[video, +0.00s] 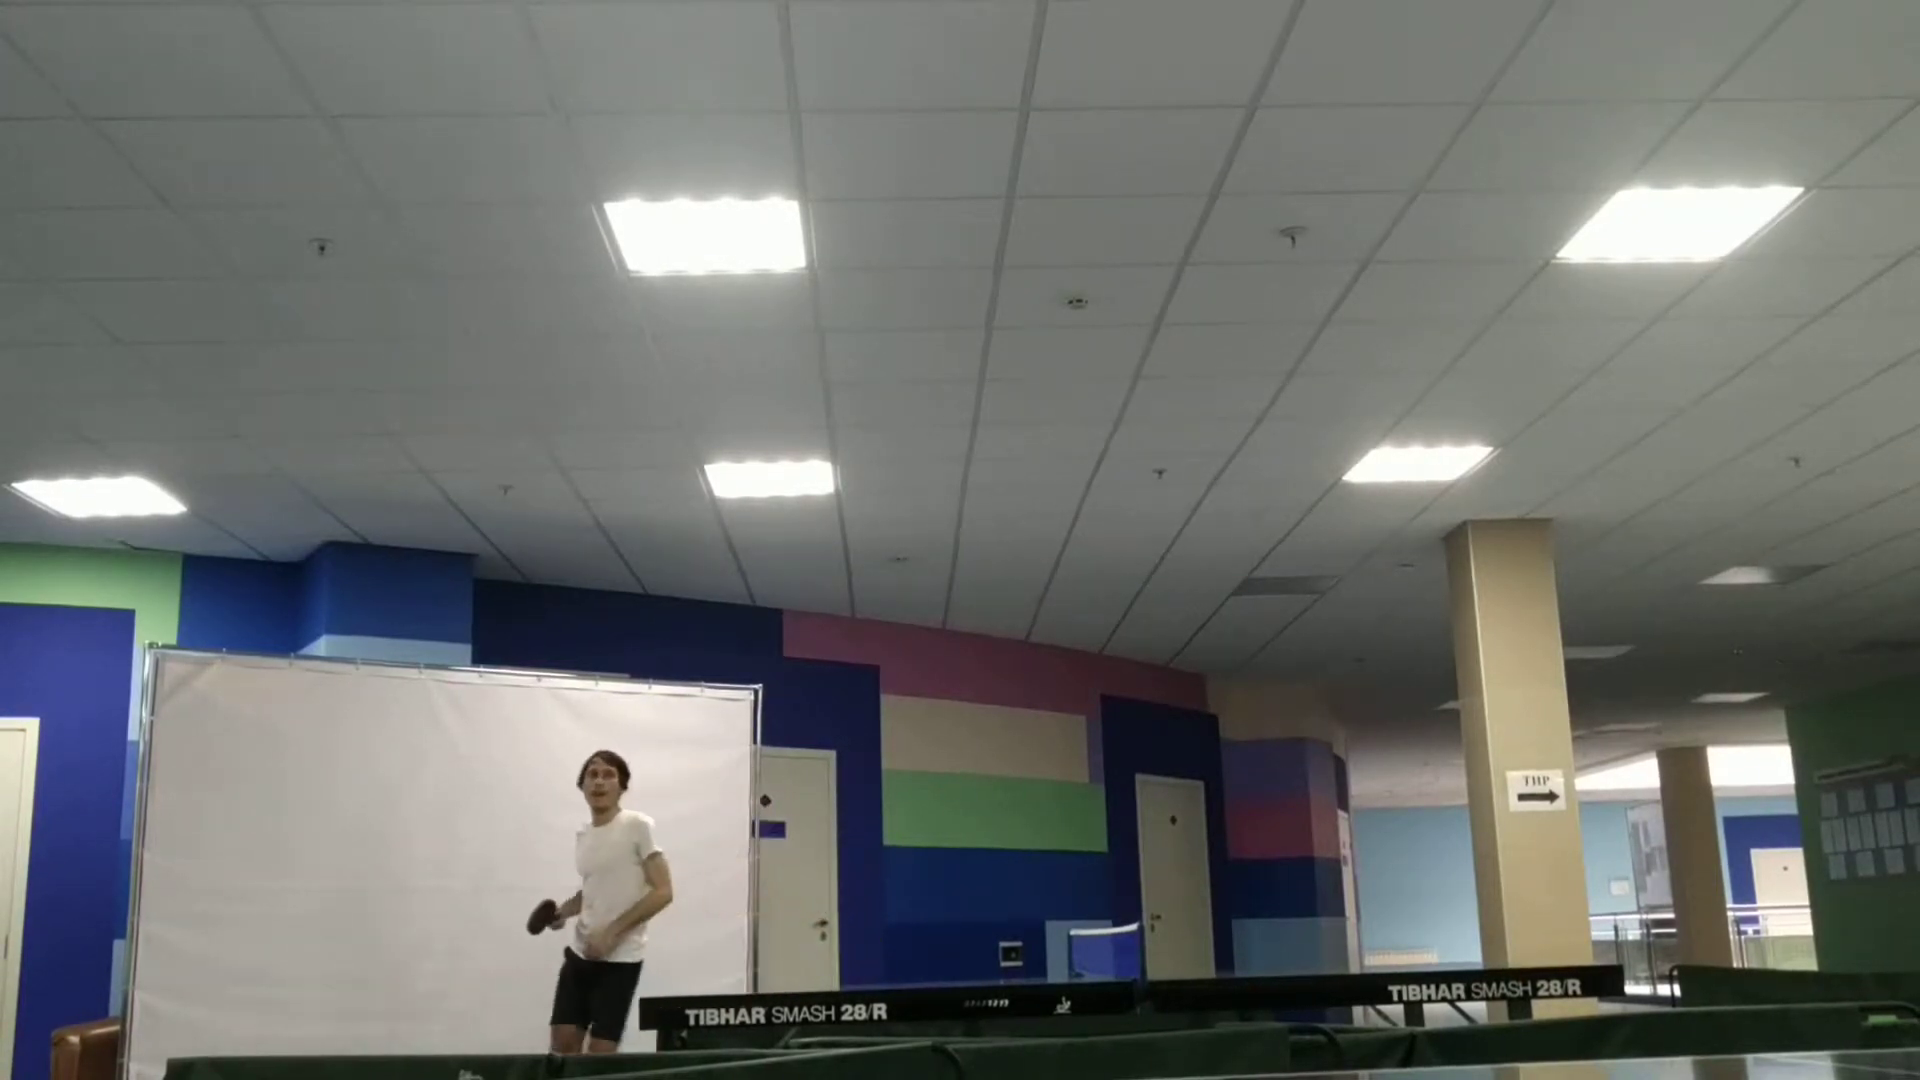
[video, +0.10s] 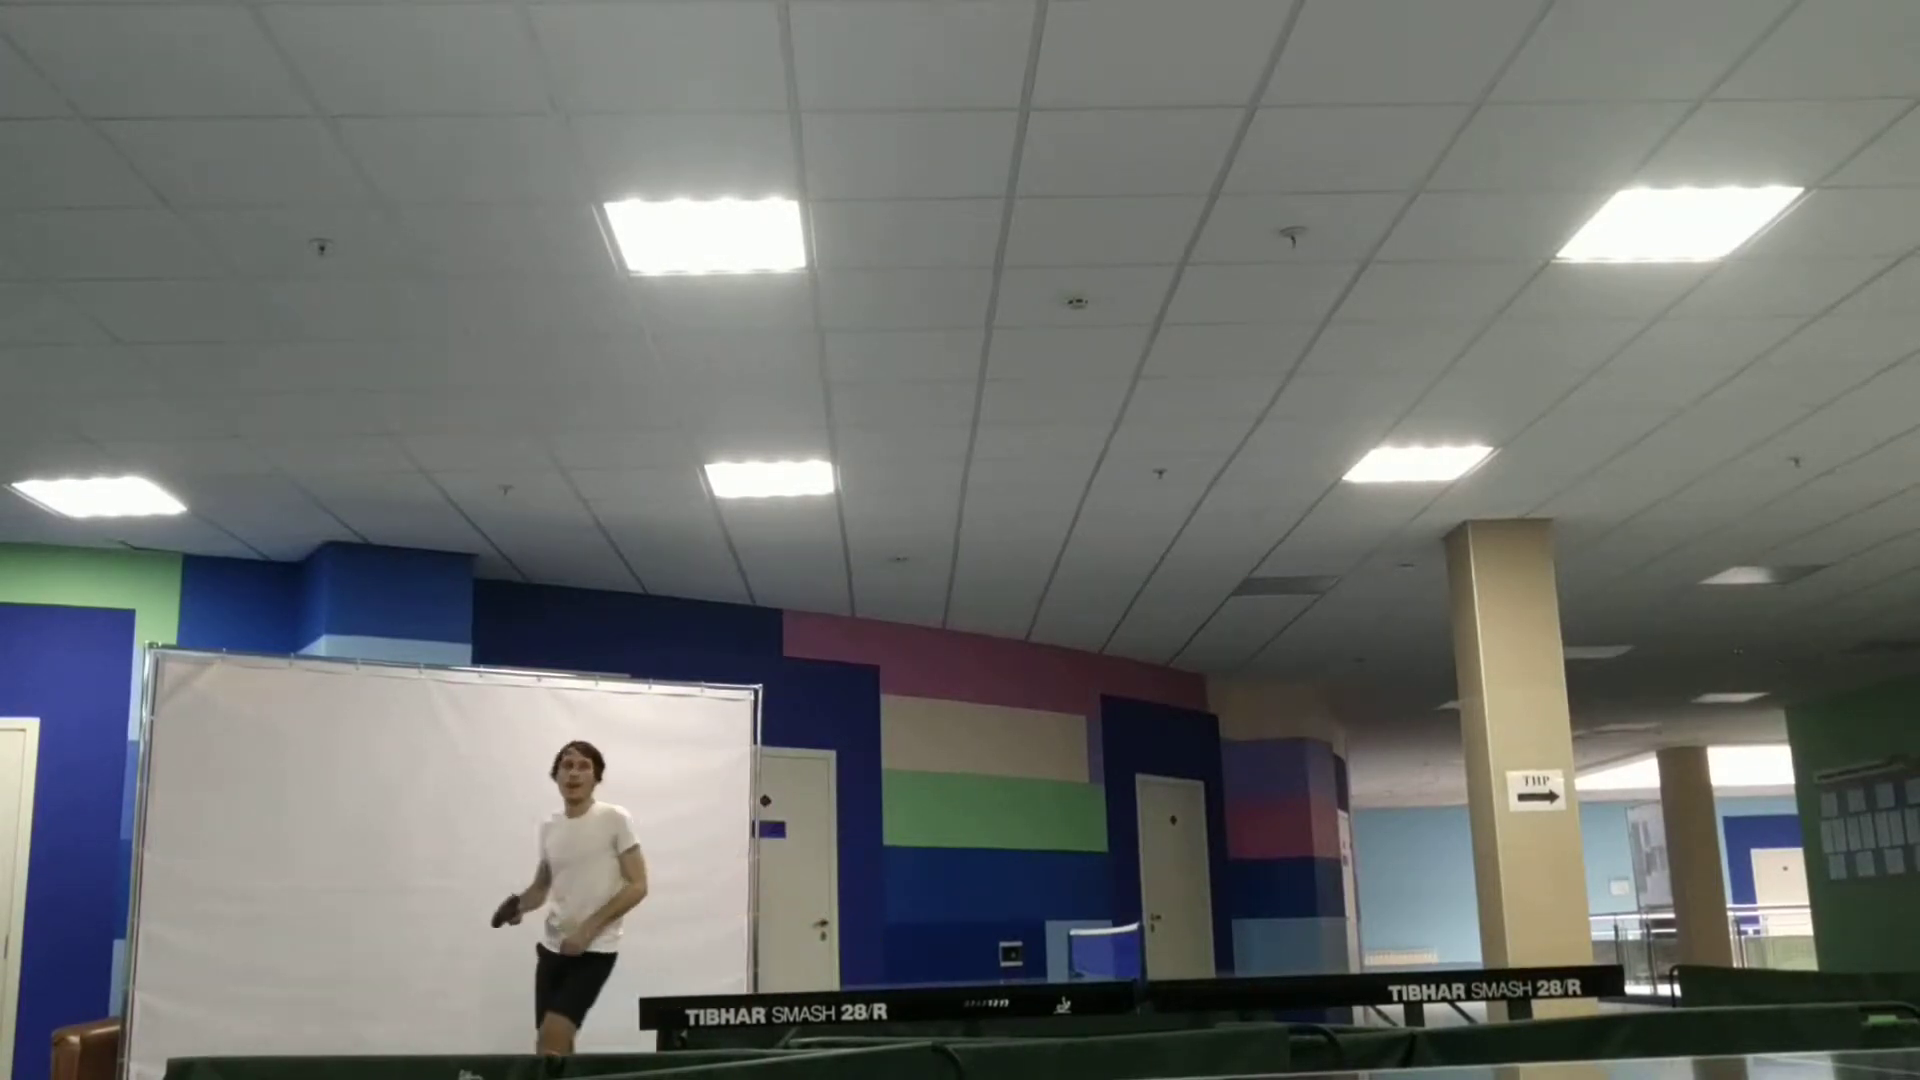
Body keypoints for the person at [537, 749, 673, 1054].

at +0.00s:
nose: (599, 781)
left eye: (609, 775)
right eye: (592, 774)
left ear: (622, 787)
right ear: (582, 785)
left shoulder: (637, 826)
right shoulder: (584, 836)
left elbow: (663, 892)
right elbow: (591, 892)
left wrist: (612, 932)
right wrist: (560, 913)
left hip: (619, 962)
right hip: (579, 957)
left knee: (599, 1057)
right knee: (562, 1050)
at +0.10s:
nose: (574, 773)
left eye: (584, 767)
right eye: (567, 766)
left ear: (596, 777)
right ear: (556, 776)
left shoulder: (614, 820)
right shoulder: (550, 828)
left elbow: (638, 886)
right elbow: (541, 886)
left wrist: (588, 929)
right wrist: (519, 905)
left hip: (594, 951)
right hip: (552, 950)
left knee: (551, 1040)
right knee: (555, 1045)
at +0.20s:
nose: (548, 777)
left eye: (558, 770)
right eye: (541, 769)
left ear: (571, 780)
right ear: (529, 779)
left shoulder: (588, 825)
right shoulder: (518, 829)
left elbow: (612, 891)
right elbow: (493, 885)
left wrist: (563, 933)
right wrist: (477, 902)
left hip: (566, 956)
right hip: (523, 955)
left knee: (521, 1049)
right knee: (548, 1050)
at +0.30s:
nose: (520, 781)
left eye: (530, 775)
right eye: (512, 773)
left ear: (543, 786)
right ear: (500, 783)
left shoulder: (559, 831)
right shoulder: (488, 834)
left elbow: (583, 900)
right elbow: (458, 885)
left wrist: (535, 941)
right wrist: (443, 901)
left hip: (535, 964)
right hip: (492, 962)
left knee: (492, 1054)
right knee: (523, 1055)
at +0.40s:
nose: (489, 776)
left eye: (500, 770)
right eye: (482, 768)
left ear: (516, 782)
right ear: (472, 778)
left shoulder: (531, 831)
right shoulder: (457, 829)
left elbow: (553, 900)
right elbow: (431, 884)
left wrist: (503, 941)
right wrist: (414, 907)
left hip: (502, 961)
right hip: (458, 960)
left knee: (461, 1052)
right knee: (458, 1055)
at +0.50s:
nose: (456, 768)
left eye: (467, 761)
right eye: (450, 760)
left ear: (484, 772)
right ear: (441, 767)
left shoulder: (503, 821)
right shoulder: (427, 819)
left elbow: (523, 894)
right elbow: (409, 880)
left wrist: (471, 933)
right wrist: (390, 915)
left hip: (475, 959)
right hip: (428, 957)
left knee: (444, 1053)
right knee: (409, 1056)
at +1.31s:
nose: (197, 747)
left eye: (209, 735)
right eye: (188, 737)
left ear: (235, 738)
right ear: (179, 742)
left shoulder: (269, 801)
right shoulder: (163, 796)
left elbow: (288, 888)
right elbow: (112, 866)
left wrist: (244, 946)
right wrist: (90, 886)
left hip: (212, 968)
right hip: (151, 965)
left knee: (161, 1071)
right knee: (162, 1073)